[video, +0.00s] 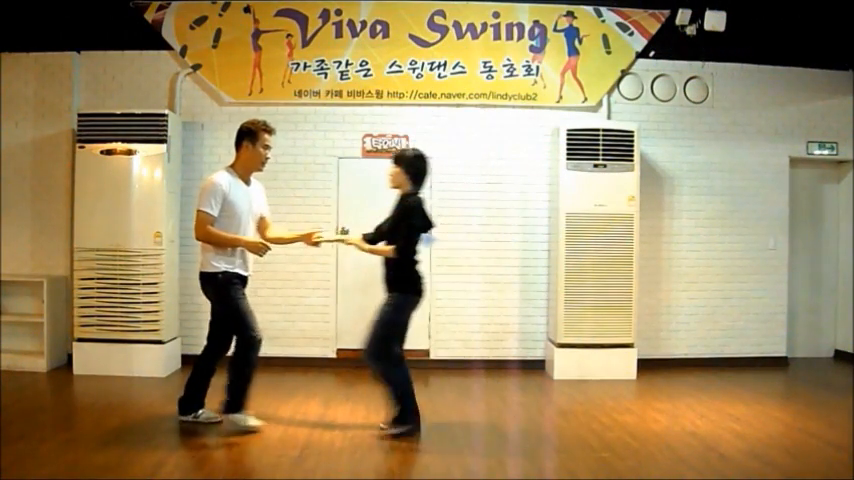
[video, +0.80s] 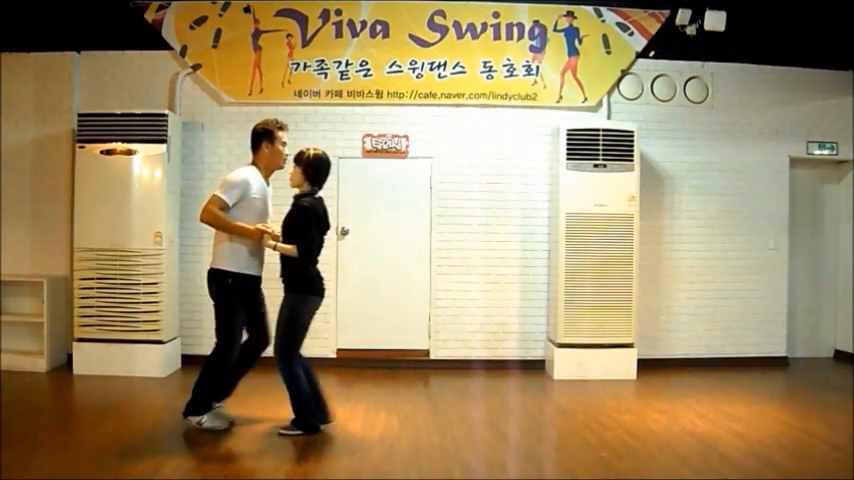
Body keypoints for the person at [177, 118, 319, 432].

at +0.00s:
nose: (268, 155)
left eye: (269, 149)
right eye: (264, 147)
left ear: (250, 149)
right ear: (244, 146)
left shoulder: (256, 188)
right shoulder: (217, 183)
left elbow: (266, 234)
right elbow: (202, 231)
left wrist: (301, 237)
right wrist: (245, 242)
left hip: (237, 276)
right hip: (217, 275)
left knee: (216, 345)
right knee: (251, 337)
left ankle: (189, 407)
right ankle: (233, 412)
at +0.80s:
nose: (286, 152)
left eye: (286, 146)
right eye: (281, 145)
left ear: (268, 149)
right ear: (263, 148)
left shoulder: (262, 184)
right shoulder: (242, 177)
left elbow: (242, 221)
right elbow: (208, 214)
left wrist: (266, 232)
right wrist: (248, 231)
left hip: (248, 277)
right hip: (227, 276)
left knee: (259, 338)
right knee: (229, 342)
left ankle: (213, 399)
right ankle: (196, 410)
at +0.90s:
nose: (287, 150)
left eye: (286, 144)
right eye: (282, 143)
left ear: (270, 147)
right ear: (263, 146)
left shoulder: (263, 182)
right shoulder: (246, 177)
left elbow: (242, 222)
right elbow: (217, 215)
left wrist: (270, 234)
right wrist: (258, 233)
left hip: (247, 276)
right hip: (228, 276)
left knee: (271, 333)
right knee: (220, 345)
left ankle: (239, 401)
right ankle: (195, 411)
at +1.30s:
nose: (295, 160)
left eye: (297, 154)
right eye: (293, 153)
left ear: (282, 149)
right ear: (275, 146)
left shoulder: (275, 178)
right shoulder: (251, 172)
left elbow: (277, 222)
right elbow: (251, 212)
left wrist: (310, 222)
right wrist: (301, 219)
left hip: (268, 272)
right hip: (246, 272)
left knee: (280, 339)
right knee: (265, 340)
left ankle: (271, 413)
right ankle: (226, 404)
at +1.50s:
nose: (310, 190)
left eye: (312, 184)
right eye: (309, 182)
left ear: (295, 176)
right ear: (292, 174)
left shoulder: (286, 205)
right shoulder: (262, 202)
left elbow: (286, 250)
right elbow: (251, 250)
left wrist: (322, 252)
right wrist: (292, 249)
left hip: (264, 293)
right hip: (244, 294)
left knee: (300, 344)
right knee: (293, 346)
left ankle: (277, 413)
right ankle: (269, 417)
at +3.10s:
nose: (278, 159)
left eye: (279, 154)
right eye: (274, 152)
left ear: (268, 157)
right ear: (253, 152)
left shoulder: (269, 196)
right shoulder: (227, 185)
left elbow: (296, 237)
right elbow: (212, 228)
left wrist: (335, 237)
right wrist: (256, 238)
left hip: (254, 283)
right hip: (226, 283)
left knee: (278, 342)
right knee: (258, 345)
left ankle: (285, 403)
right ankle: (247, 424)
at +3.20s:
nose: (268, 156)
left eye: (269, 150)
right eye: (264, 149)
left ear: (257, 153)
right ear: (243, 148)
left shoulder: (258, 191)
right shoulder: (218, 180)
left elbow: (286, 231)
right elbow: (206, 225)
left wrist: (325, 229)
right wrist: (251, 233)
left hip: (239, 278)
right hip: (213, 279)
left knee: (266, 336)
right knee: (248, 344)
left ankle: (249, 401)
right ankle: (246, 424)